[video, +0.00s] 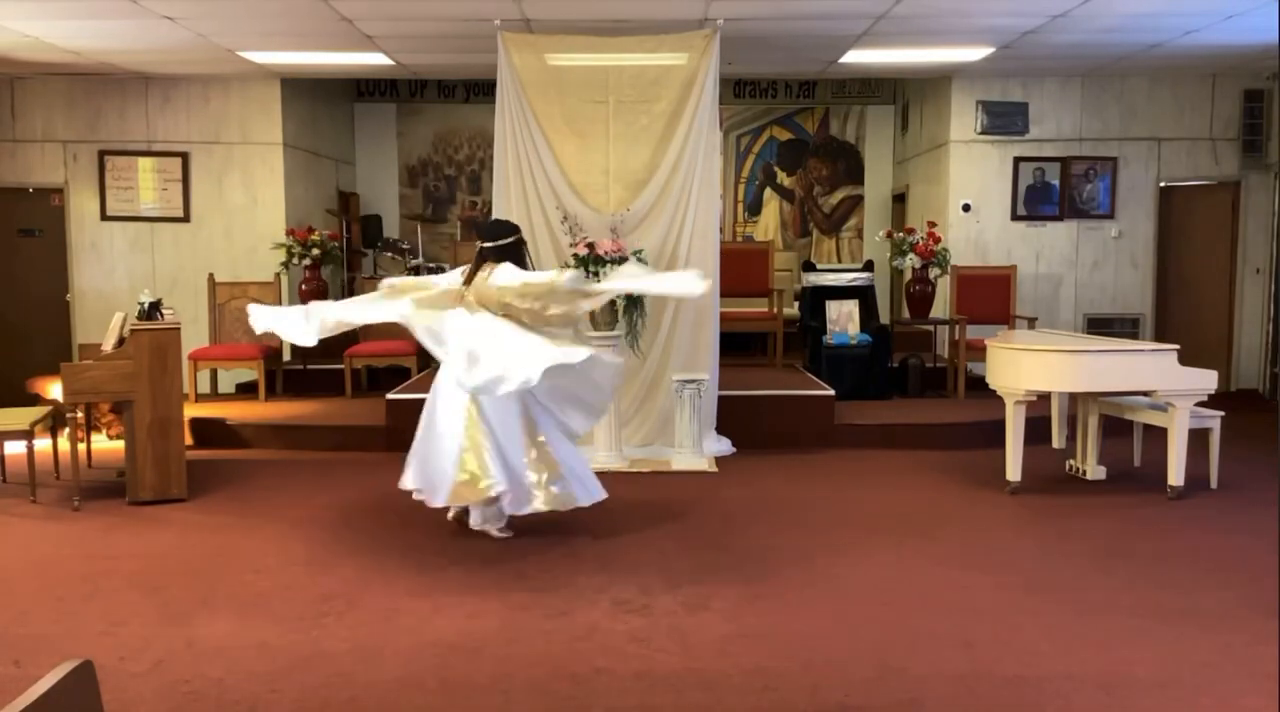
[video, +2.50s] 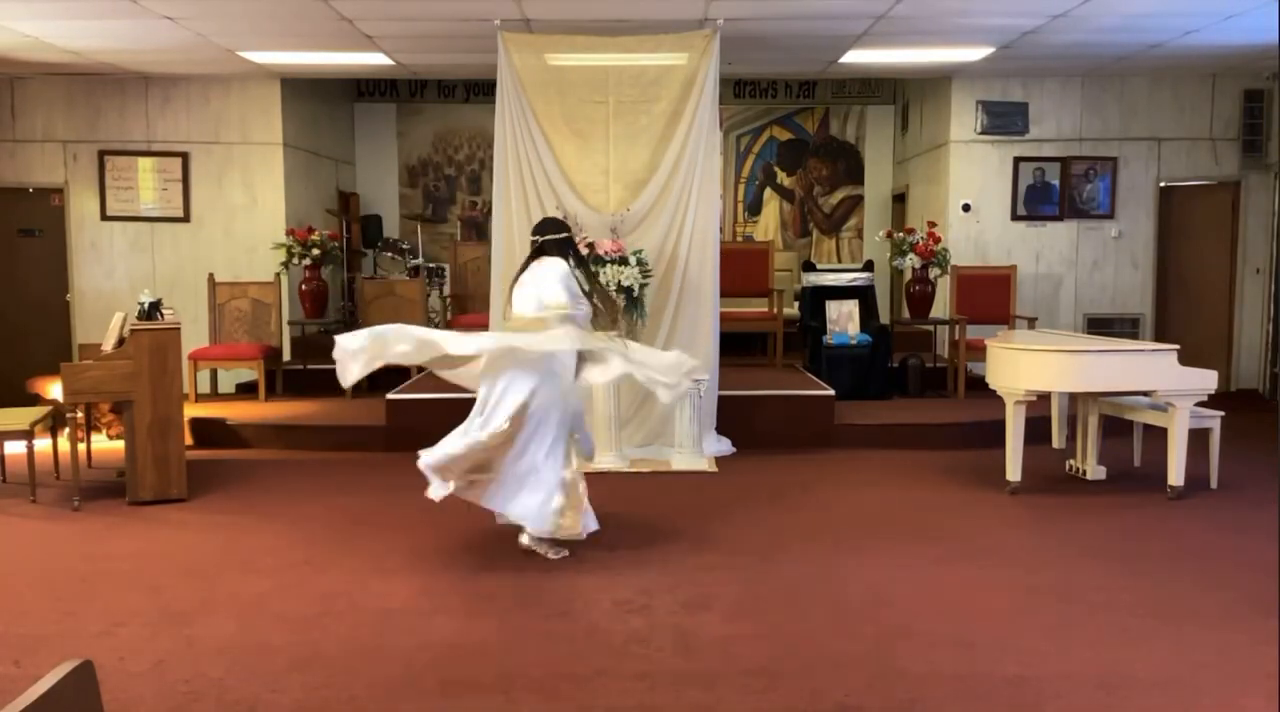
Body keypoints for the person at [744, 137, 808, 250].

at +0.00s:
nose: (777, 159)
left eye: (782, 155)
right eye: (777, 155)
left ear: (795, 157)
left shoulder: (805, 177)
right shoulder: (772, 175)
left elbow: (798, 199)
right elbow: (753, 211)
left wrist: (772, 183)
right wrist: (762, 183)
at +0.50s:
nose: (777, 159)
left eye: (782, 155)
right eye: (777, 155)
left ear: (795, 157)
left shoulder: (805, 177)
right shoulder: (772, 175)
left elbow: (798, 199)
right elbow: (753, 211)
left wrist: (772, 183)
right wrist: (762, 183)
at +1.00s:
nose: (777, 159)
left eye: (782, 155)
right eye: (777, 155)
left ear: (795, 157)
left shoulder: (805, 177)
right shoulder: (772, 175)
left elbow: (798, 199)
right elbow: (753, 211)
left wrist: (772, 183)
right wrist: (762, 183)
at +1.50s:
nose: (777, 159)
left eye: (782, 155)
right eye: (777, 155)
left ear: (795, 157)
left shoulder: (805, 177)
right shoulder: (772, 175)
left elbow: (798, 199)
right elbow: (753, 211)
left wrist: (772, 183)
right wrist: (762, 183)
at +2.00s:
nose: (777, 159)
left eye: (782, 155)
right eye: (777, 155)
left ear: (795, 157)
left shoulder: (805, 177)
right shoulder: (772, 175)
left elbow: (798, 199)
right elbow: (753, 211)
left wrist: (772, 183)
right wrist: (762, 183)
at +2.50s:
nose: (777, 159)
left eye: (781, 155)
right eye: (777, 155)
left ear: (794, 157)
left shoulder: (805, 177)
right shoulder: (772, 175)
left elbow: (798, 199)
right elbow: (753, 211)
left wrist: (772, 183)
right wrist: (762, 183)